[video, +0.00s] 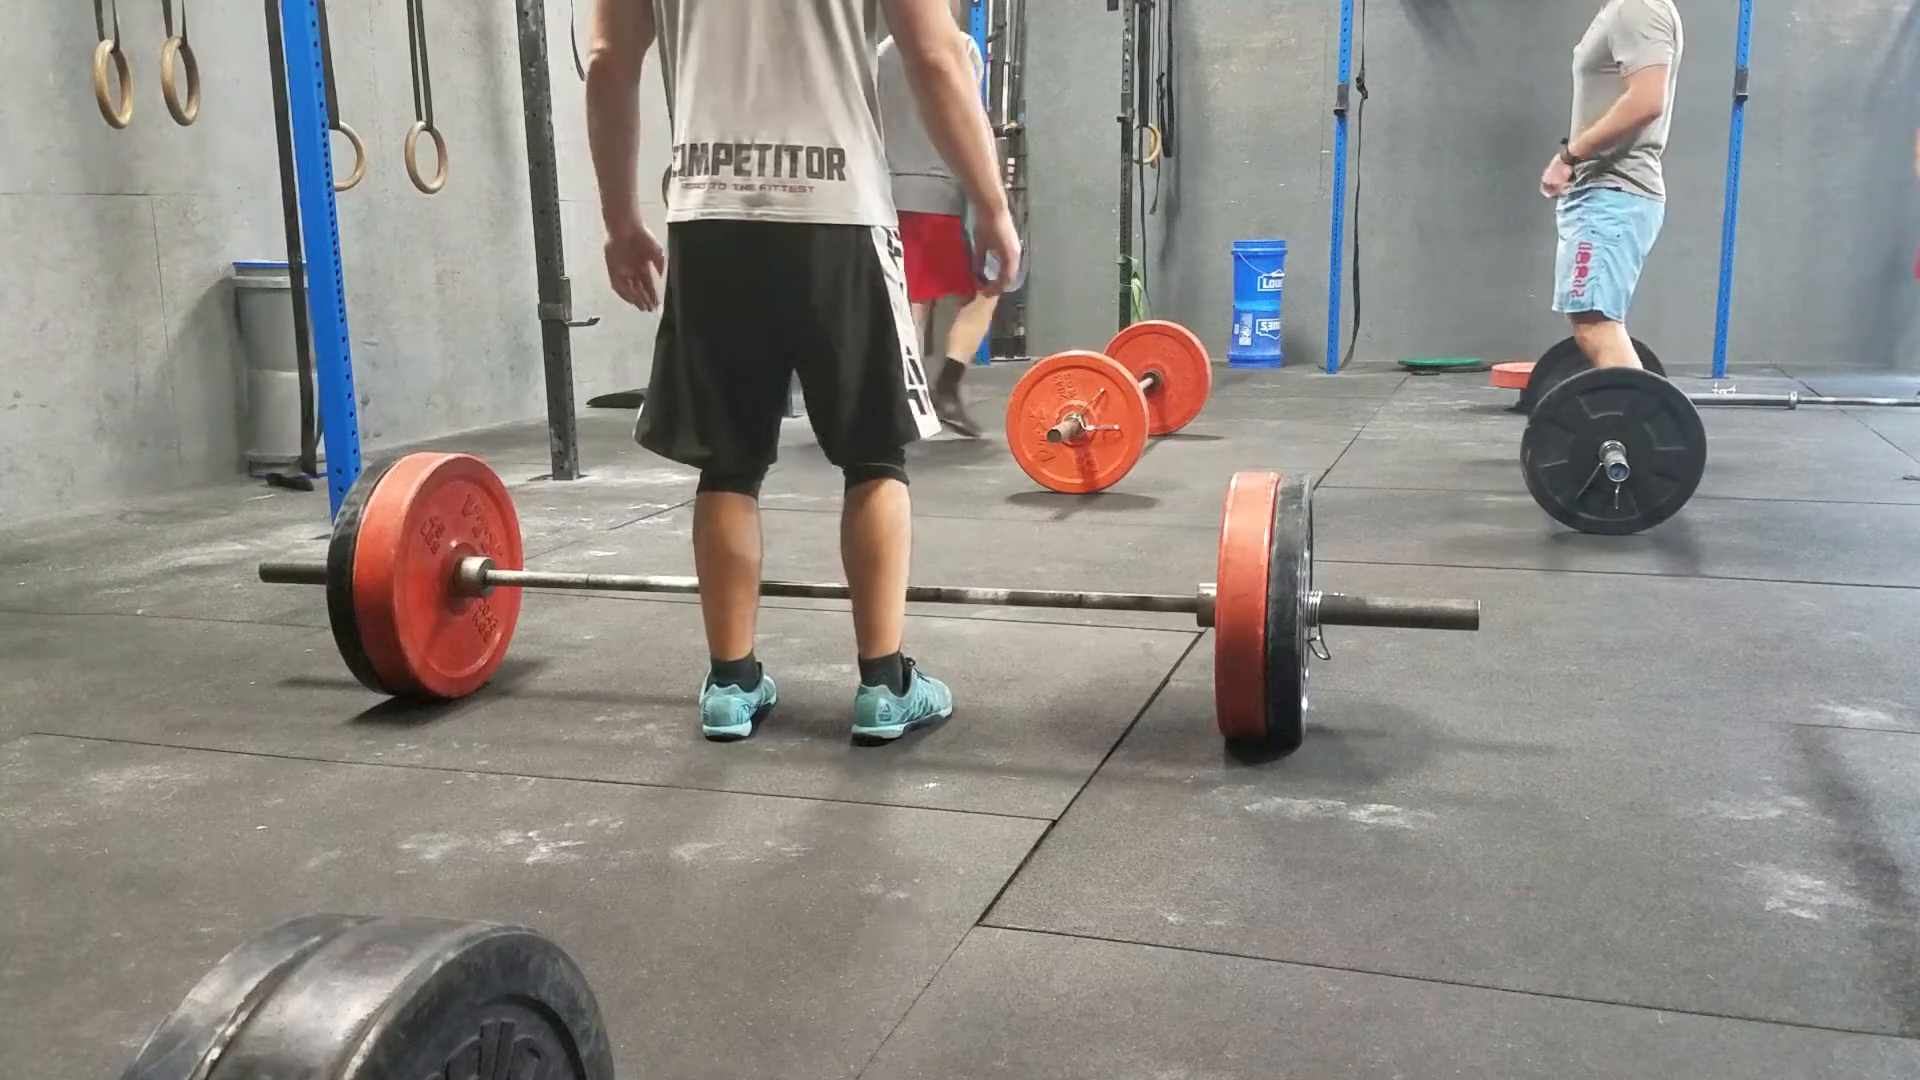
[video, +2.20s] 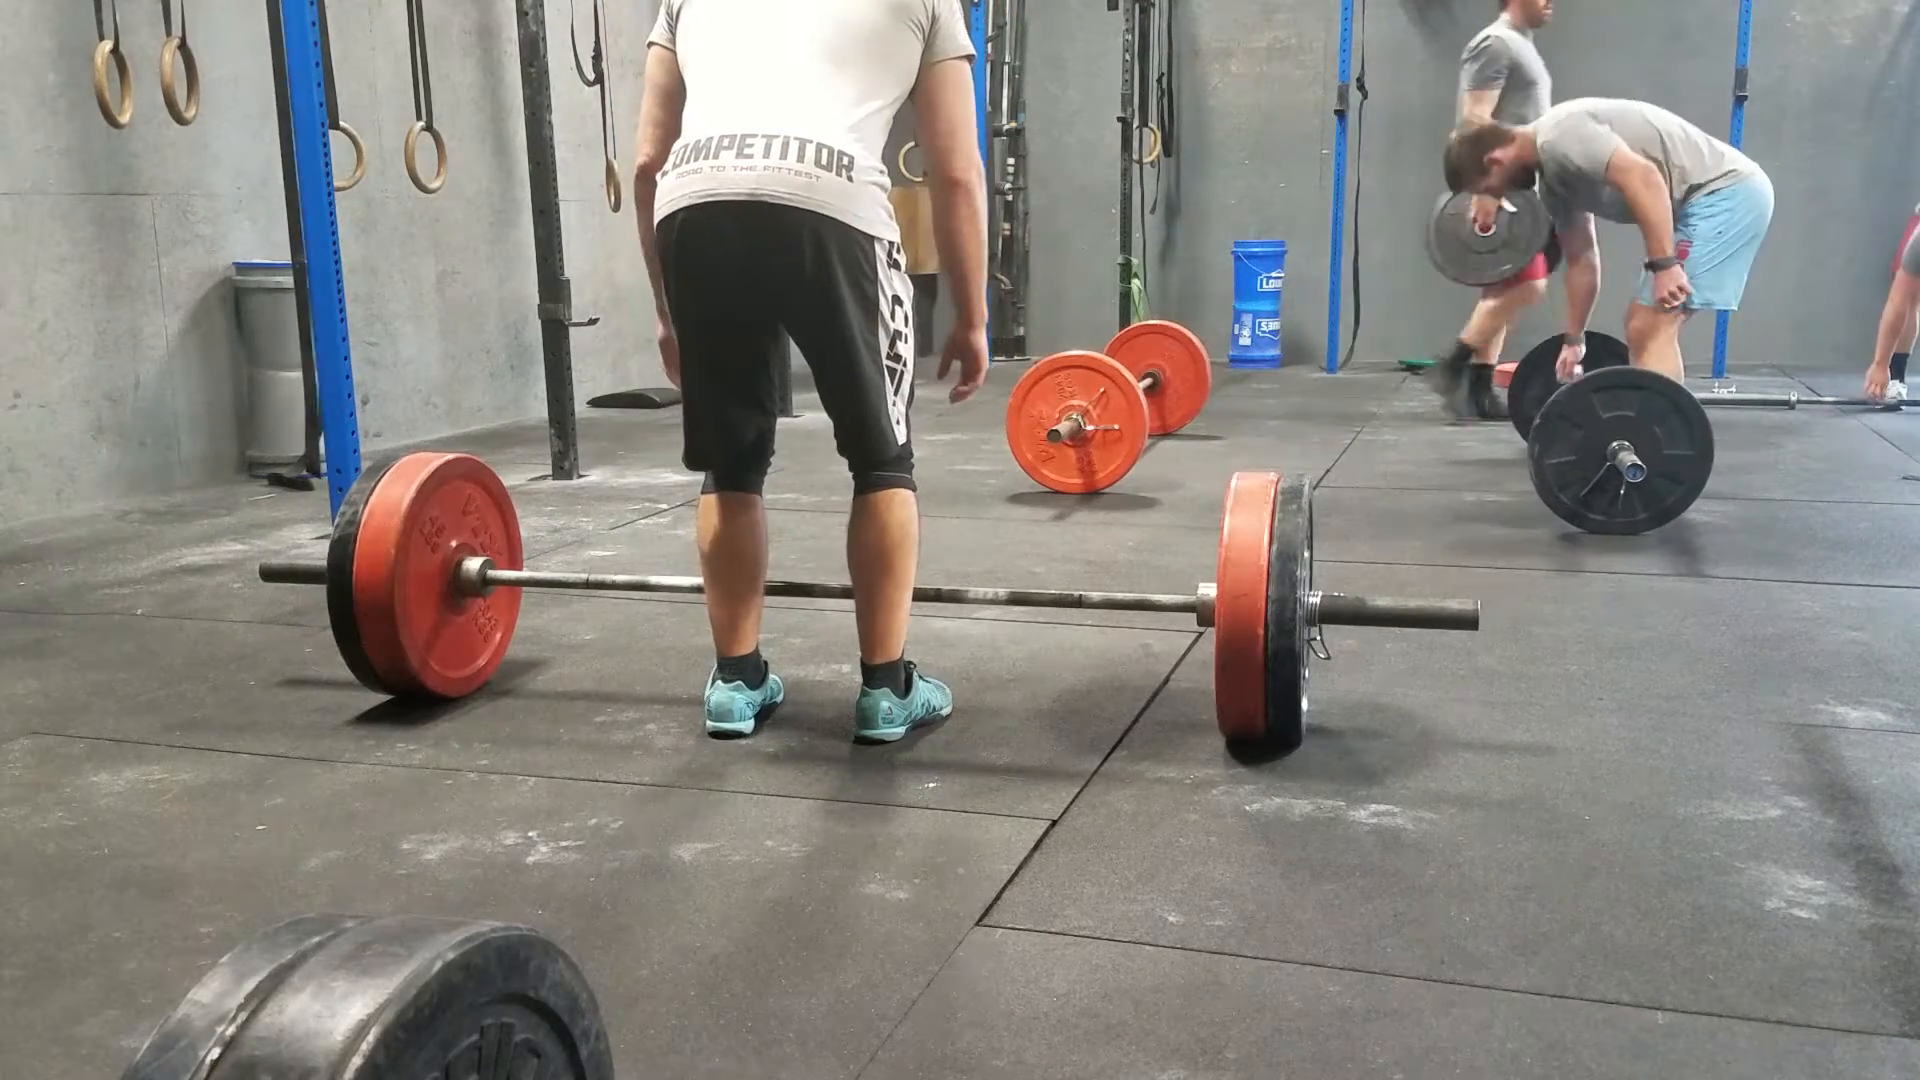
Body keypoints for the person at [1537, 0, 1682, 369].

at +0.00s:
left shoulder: (1638, 8)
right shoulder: (1622, 11)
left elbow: (1646, 100)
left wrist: (1569, 155)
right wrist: (1571, 159)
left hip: (1615, 190)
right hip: (1602, 190)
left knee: (1596, 325)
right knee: (1596, 324)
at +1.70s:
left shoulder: (1623, 12)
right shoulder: (1595, 21)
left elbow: (1654, 103)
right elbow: (1612, 119)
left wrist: (1617, 189)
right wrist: (1589, 190)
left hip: (1657, 184)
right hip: (1634, 186)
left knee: (1637, 331)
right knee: (1626, 331)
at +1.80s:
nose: (1520, 25)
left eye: (1517, 12)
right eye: (1514, 17)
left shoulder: (1612, 21)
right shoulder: (1585, 36)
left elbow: (1656, 107)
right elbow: (1607, 133)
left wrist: (1622, 198)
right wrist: (1588, 207)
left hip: (1674, 183)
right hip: (1650, 185)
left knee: (1639, 329)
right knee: (1638, 329)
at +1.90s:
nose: (1508, 72)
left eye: (1503, 60)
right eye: (1500, 64)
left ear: (1523, 33)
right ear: (1526, 34)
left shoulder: (1593, 47)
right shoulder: (1578, 66)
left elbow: (1650, 121)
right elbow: (1601, 164)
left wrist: (1629, 216)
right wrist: (1587, 238)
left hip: (1694, 186)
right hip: (1676, 188)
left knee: (1642, 327)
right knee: (1643, 329)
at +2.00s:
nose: (1501, 119)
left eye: (1495, 109)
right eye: (1493, 114)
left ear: (1512, 76)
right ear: (1511, 76)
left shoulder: (1580, 77)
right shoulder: (1562, 115)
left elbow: (1645, 144)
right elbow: (1593, 195)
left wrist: (1640, 236)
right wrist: (1586, 274)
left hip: (1711, 188)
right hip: (1686, 192)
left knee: (1646, 328)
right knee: (1647, 331)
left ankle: (1659, 458)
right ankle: (1661, 457)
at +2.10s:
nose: (1497, 159)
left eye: (1490, 150)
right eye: (1488, 156)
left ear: (1501, 121)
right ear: (1500, 121)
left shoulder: (1569, 109)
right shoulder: (1555, 149)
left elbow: (1645, 164)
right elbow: (1586, 227)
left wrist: (1652, 252)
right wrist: (1580, 308)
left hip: (1721, 187)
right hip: (1699, 193)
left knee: (1650, 324)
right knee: (1646, 325)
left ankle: (1658, 455)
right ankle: (1658, 453)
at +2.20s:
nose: (1496, 197)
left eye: (1487, 189)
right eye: (1486, 195)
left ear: (1496, 161)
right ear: (1497, 158)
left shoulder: (1562, 138)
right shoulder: (1554, 178)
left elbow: (1644, 179)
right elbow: (1582, 258)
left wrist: (1663, 265)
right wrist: (1573, 339)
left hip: (1724, 191)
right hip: (1705, 198)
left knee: (1648, 324)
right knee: (1651, 328)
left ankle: (1658, 455)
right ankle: (1657, 455)